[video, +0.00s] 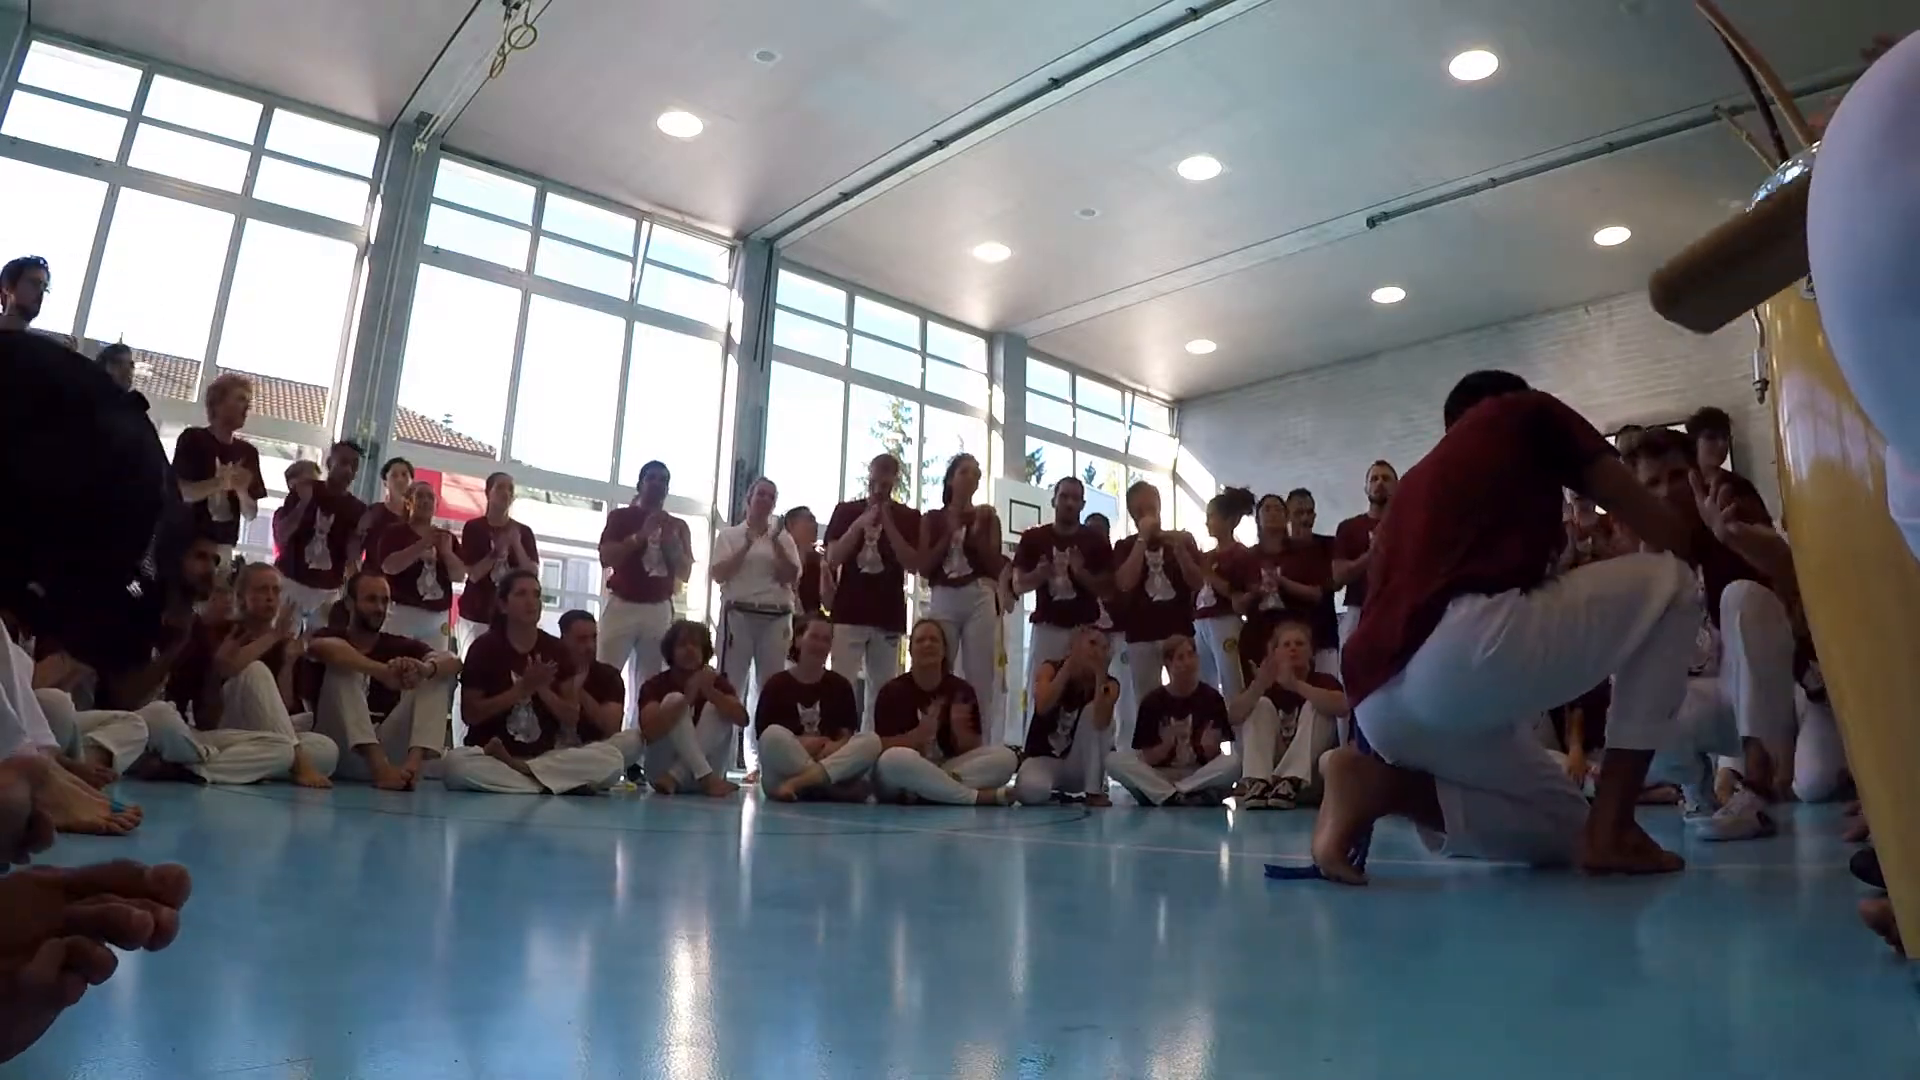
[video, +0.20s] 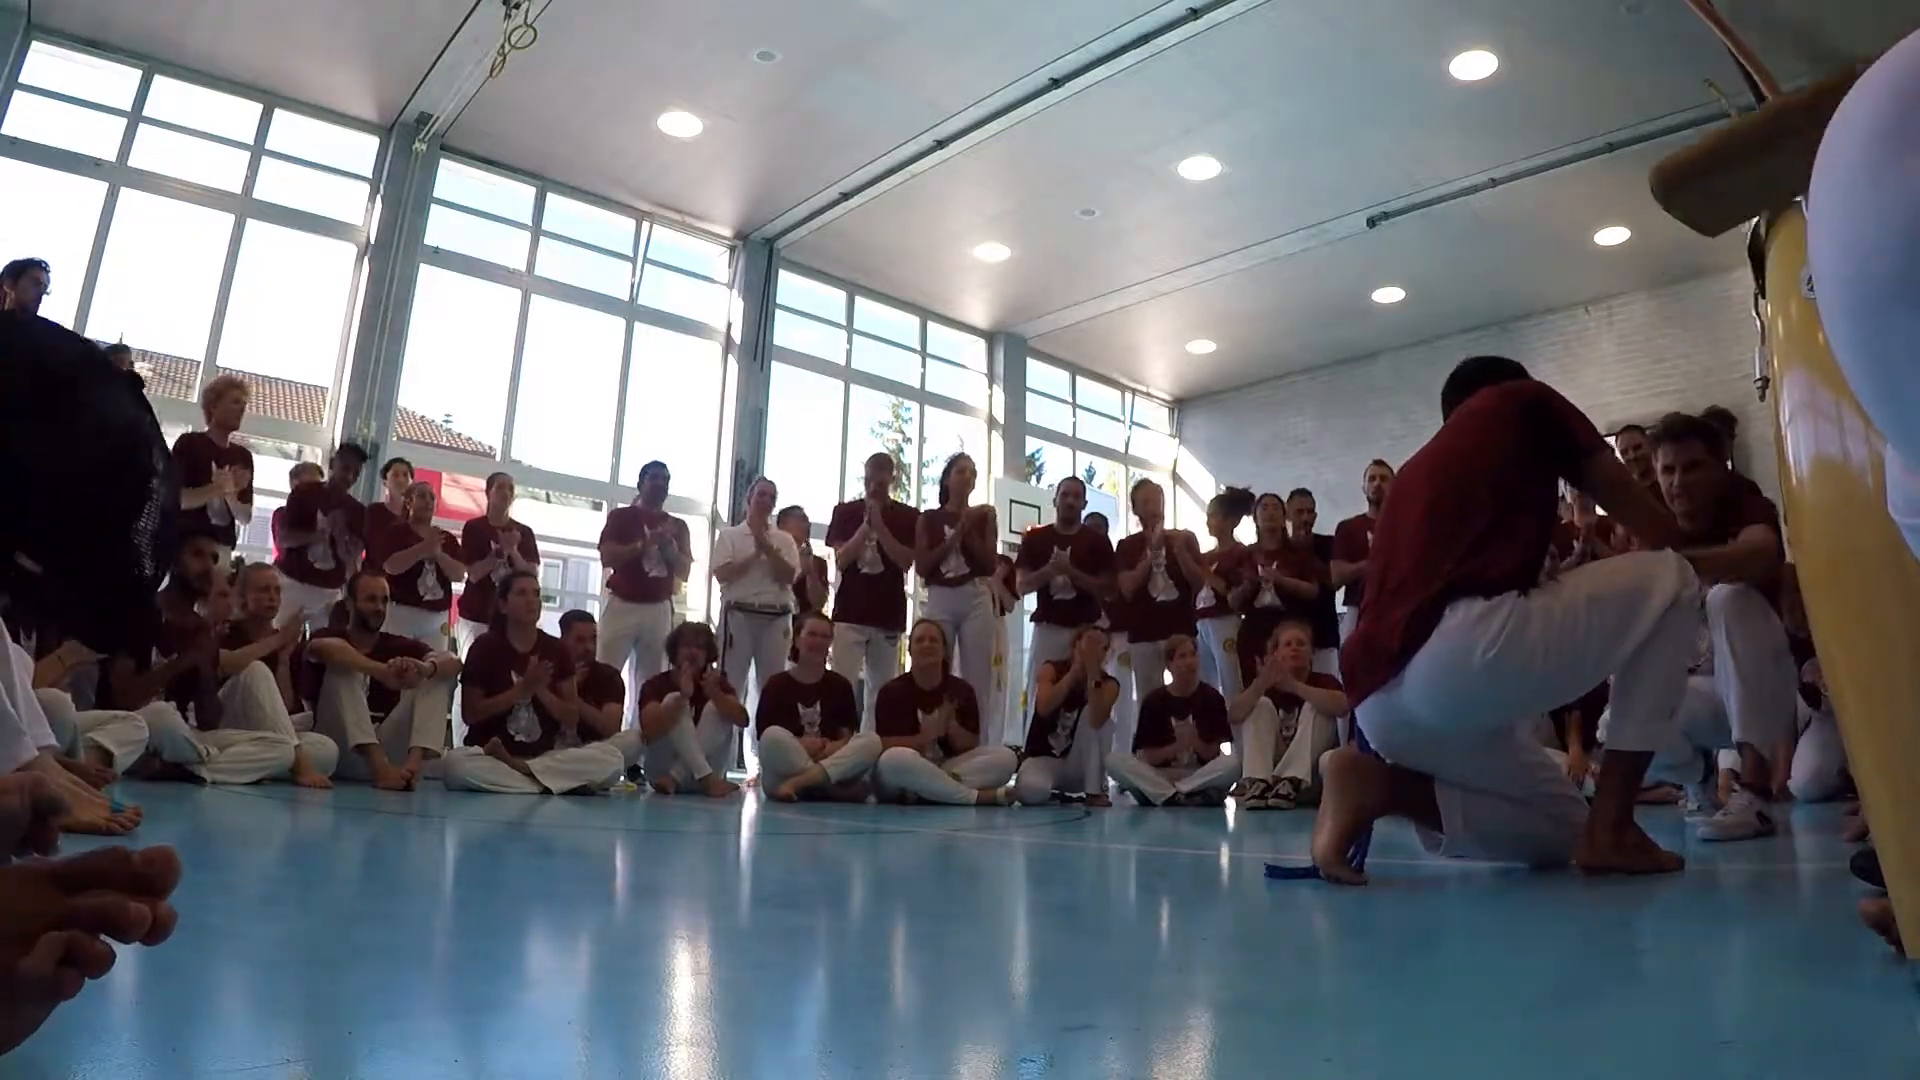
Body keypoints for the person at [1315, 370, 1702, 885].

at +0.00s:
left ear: (1451, 423)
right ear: (1515, 399)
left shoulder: (1415, 480)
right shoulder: (1528, 410)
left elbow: (1367, 587)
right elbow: (1667, 529)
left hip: (1380, 708)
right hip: (1461, 648)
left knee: (1578, 828)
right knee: (1668, 583)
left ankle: (1381, 787)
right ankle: (1612, 828)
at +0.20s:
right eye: (1527, 391)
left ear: (1450, 412)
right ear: (1512, 387)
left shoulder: (1415, 471)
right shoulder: (1524, 399)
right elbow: (1654, 526)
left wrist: (1731, 562)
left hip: (1381, 708)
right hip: (1454, 652)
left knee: (1572, 827)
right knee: (1669, 581)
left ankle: (1379, 786)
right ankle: (1611, 828)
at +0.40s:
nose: (1558, 398)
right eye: (1554, 388)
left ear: (1468, 397)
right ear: (1542, 380)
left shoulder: (1426, 454)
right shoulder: (1543, 397)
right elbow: (1665, 527)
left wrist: (1560, 573)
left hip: (1381, 703)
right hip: (1457, 655)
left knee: (1569, 827)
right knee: (1672, 578)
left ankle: (1375, 786)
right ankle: (1611, 829)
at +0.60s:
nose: (1589, 402)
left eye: (1588, 395)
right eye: (1585, 392)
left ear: (1494, 390)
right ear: (1570, 383)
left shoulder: (1446, 443)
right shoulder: (1566, 398)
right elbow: (1672, 534)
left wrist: (1586, 557)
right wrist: (1641, 469)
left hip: (1386, 699)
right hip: (1465, 658)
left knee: (1570, 826)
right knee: (1675, 580)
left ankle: (1376, 784)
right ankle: (1609, 828)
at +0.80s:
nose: (1627, 404)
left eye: (1628, 395)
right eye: (1625, 392)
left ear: (1535, 379)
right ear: (1604, 382)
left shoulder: (1478, 434)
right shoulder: (1594, 402)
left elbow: (1496, 583)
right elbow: (1698, 536)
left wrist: (1595, 558)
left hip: (1389, 697)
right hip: (1465, 658)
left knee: (1571, 826)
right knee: (1679, 582)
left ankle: (1380, 784)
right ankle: (1609, 828)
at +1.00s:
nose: (1656, 420)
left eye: (1657, 408)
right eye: (1653, 407)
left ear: (1566, 386)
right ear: (1632, 395)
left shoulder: (1499, 432)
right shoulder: (1624, 423)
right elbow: (1714, 551)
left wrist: (1612, 545)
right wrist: (1755, 593)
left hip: (1389, 701)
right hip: (1470, 669)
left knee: (1575, 828)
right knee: (1673, 582)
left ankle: (1380, 786)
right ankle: (1612, 831)